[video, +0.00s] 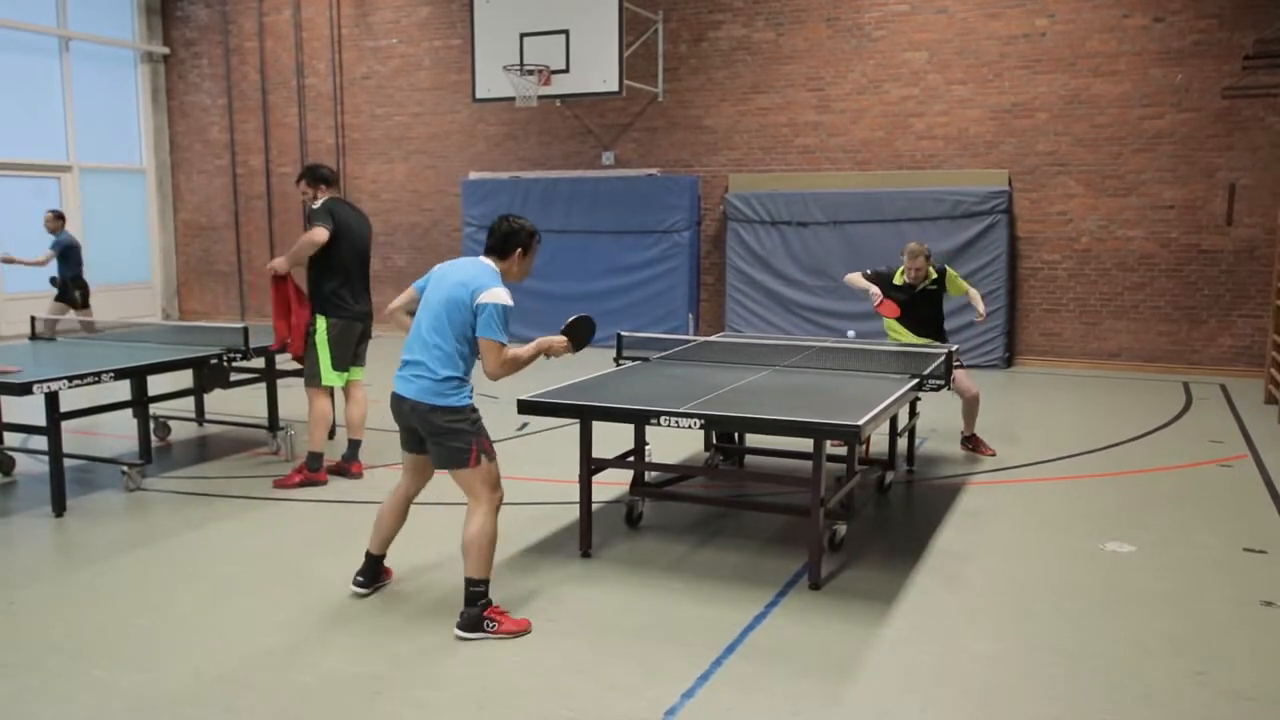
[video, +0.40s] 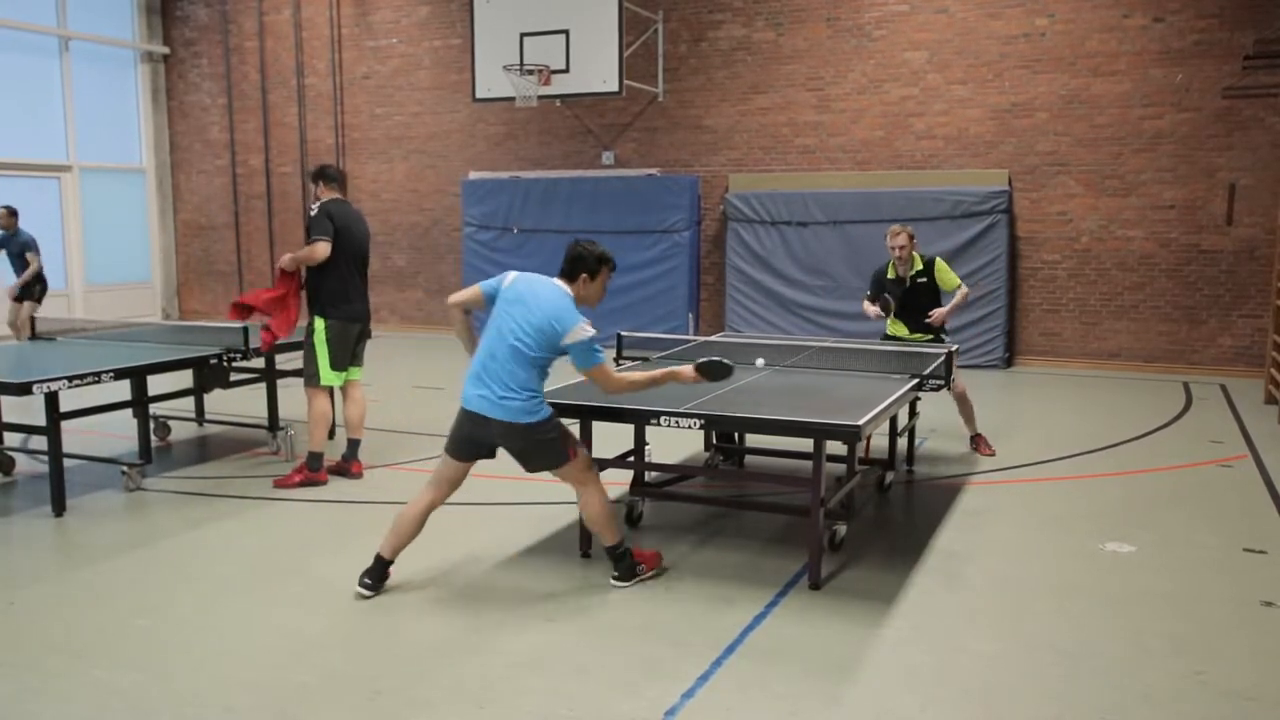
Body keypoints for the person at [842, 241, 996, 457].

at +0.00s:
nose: (913, 274)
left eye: (918, 269)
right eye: (909, 269)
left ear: (928, 265)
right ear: (903, 264)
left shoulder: (941, 275)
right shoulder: (889, 277)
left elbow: (969, 291)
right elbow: (849, 278)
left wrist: (980, 308)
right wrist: (870, 287)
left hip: (937, 351)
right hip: (900, 351)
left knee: (971, 394)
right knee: (871, 391)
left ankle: (969, 437)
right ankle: (857, 437)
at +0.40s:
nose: (898, 254)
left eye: (902, 248)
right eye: (893, 249)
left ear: (913, 246)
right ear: (887, 249)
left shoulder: (932, 266)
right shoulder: (882, 273)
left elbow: (962, 291)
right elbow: (867, 303)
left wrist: (946, 311)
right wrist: (873, 311)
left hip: (931, 341)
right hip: (895, 341)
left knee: (959, 390)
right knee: (873, 388)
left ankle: (975, 435)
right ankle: (864, 440)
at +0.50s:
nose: (890, 243)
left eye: (894, 238)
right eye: (885, 239)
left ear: (905, 236)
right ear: (880, 239)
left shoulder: (924, 254)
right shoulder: (876, 265)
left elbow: (951, 282)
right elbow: (866, 294)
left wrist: (932, 303)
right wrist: (866, 307)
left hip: (927, 331)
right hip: (891, 331)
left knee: (953, 383)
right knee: (869, 381)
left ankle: (973, 434)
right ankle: (864, 441)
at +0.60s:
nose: (882, 240)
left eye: (886, 234)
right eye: (877, 236)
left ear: (897, 232)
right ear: (873, 237)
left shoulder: (917, 249)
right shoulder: (873, 260)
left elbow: (939, 282)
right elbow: (866, 291)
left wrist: (909, 300)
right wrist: (860, 310)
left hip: (924, 328)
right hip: (889, 328)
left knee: (950, 380)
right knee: (863, 374)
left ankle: (971, 430)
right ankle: (861, 432)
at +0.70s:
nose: (875, 251)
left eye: (878, 245)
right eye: (870, 247)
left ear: (889, 243)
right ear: (865, 249)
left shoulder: (906, 262)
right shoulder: (869, 271)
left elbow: (909, 295)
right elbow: (867, 306)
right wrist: (853, 325)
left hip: (923, 338)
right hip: (888, 336)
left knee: (951, 391)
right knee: (865, 383)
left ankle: (973, 432)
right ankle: (861, 437)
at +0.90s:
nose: (864, 252)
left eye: (868, 246)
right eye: (859, 248)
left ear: (881, 244)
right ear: (856, 250)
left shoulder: (902, 262)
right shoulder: (861, 276)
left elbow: (927, 285)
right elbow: (854, 311)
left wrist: (892, 289)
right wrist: (823, 324)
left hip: (918, 340)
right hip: (882, 339)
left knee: (948, 389)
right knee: (860, 381)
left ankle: (954, 427)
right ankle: (859, 435)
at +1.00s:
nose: (866, 247)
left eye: (870, 241)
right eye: (862, 243)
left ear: (886, 238)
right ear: (861, 245)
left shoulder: (910, 257)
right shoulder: (860, 272)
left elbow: (953, 260)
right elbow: (836, 301)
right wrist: (806, 321)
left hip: (916, 340)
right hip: (878, 341)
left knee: (946, 387)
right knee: (861, 388)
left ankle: (951, 432)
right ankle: (860, 441)